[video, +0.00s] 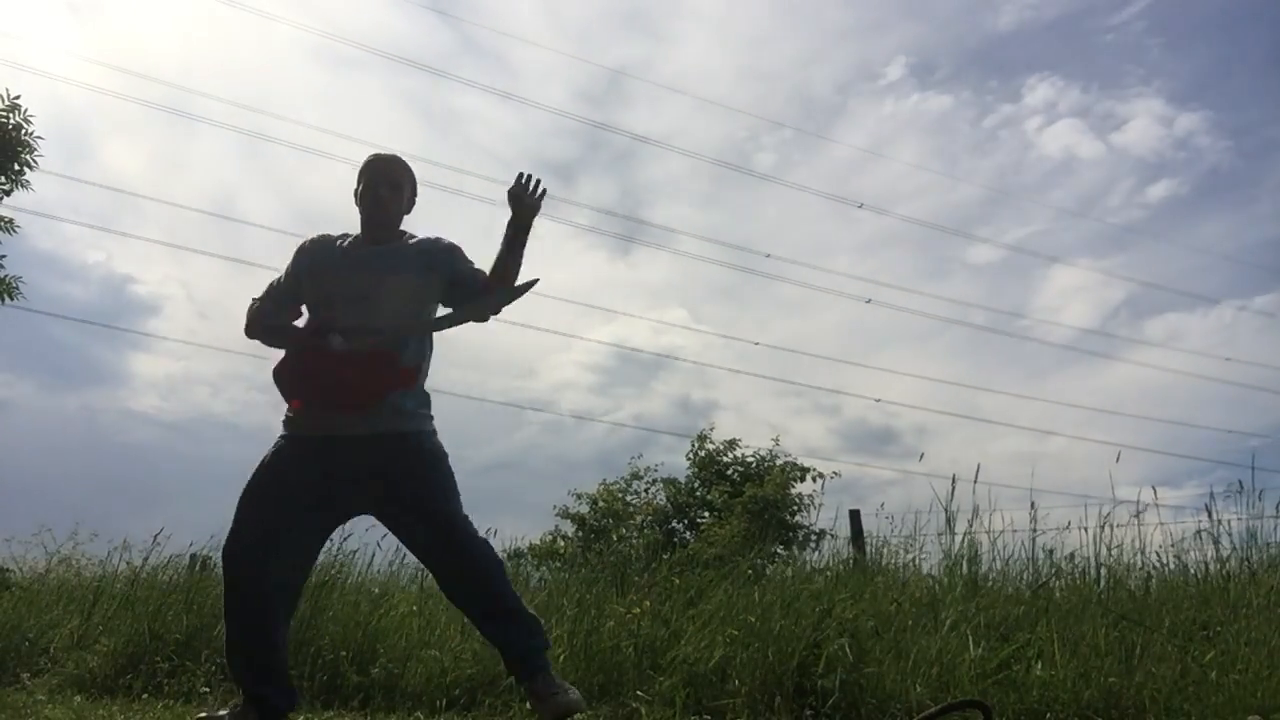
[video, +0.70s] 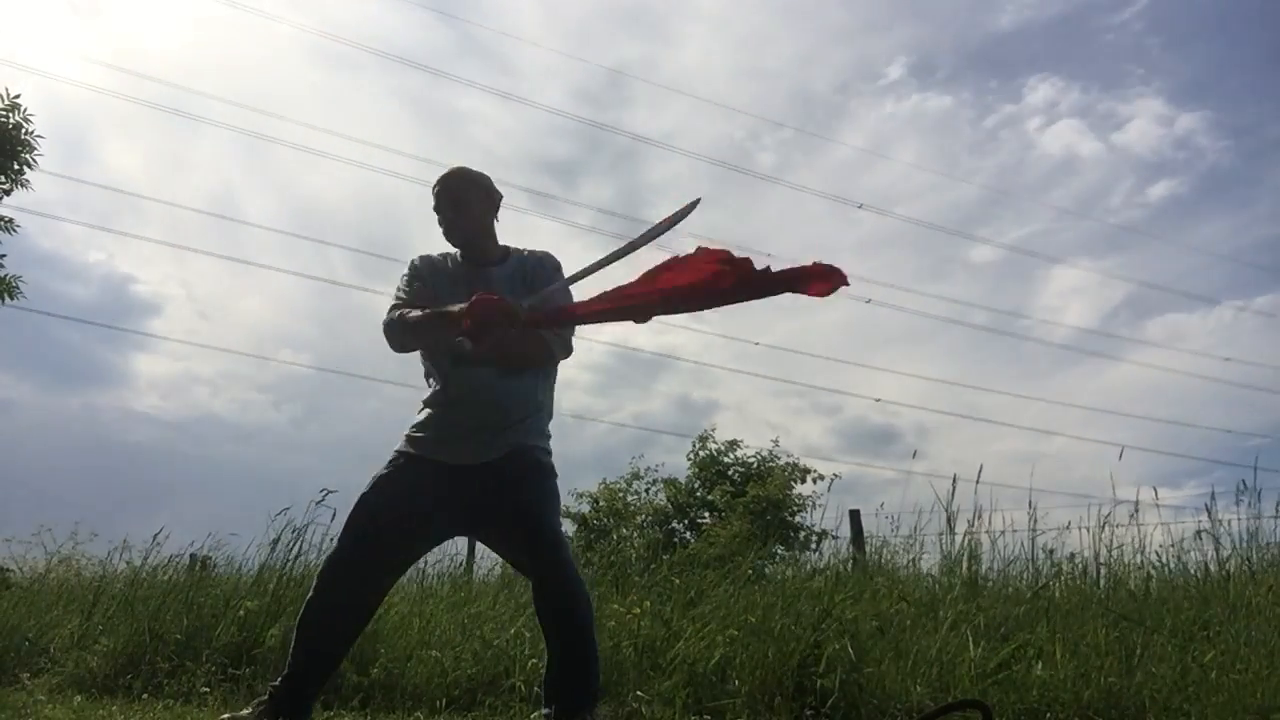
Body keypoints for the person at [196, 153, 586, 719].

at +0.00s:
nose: (378, 194)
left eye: (391, 186)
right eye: (370, 184)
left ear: (410, 201)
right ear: (356, 194)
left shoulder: (433, 257)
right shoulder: (319, 256)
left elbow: (489, 297)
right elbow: (259, 321)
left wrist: (519, 223)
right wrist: (307, 340)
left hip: (401, 445)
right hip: (312, 445)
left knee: (456, 549)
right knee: (249, 558)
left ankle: (539, 677)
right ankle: (264, 699)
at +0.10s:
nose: (402, 213)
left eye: (416, 204)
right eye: (394, 204)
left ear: (439, 219)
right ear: (381, 217)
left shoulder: (477, 268)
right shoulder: (349, 281)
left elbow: (550, 244)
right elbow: (283, 307)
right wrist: (273, 348)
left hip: (436, 477)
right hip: (340, 474)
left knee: (493, 588)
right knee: (256, 578)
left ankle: (566, 698)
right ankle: (259, 702)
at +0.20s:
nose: (448, 213)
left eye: (461, 204)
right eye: (438, 204)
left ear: (480, 218)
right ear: (422, 217)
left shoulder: (514, 276)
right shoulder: (391, 277)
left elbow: (590, 269)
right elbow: (314, 302)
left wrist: (653, 223)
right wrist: (320, 342)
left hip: (476, 470)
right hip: (381, 470)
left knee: (534, 591)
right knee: (298, 577)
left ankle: (572, 705)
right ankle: (261, 695)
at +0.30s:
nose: (486, 194)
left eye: (497, 185)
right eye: (475, 186)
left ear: (517, 200)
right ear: (460, 199)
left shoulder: (544, 271)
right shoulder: (428, 250)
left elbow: (615, 289)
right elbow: (333, 257)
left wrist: (616, 223)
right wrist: (406, 304)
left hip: (502, 464)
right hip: (408, 462)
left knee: (560, 610)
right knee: (337, 591)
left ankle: (578, 710)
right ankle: (269, 703)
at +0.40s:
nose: (496, 185)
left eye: (509, 176)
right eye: (484, 178)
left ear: (528, 192)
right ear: (469, 190)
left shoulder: (548, 256)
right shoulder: (449, 226)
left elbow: (596, 307)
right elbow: (443, 207)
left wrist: (553, 243)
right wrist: (533, 239)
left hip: (514, 451)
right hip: (429, 445)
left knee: (559, 582)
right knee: (356, 575)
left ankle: (579, 708)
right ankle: (271, 700)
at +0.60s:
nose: (475, 202)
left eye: (486, 192)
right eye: (465, 194)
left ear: (513, 200)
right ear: (457, 205)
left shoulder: (547, 270)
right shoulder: (442, 248)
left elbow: (575, 345)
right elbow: (464, 286)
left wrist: (527, 325)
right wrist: (563, 273)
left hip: (522, 453)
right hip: (436, 449)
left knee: (573, 579)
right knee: (356, 580)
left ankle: (574, 706)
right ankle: (292, 705)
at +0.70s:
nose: (445, 213)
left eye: (457, 200)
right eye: (439, 207)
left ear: (492, 203)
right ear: (438, 217)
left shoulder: (537, 268)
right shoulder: (427, 270)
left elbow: (555, 343)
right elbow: (396, 331)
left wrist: (482, 347)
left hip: (514, 456)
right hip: (432, 452)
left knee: (554, 568)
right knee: (352, 564)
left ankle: (574, 706)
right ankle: (288, 702)